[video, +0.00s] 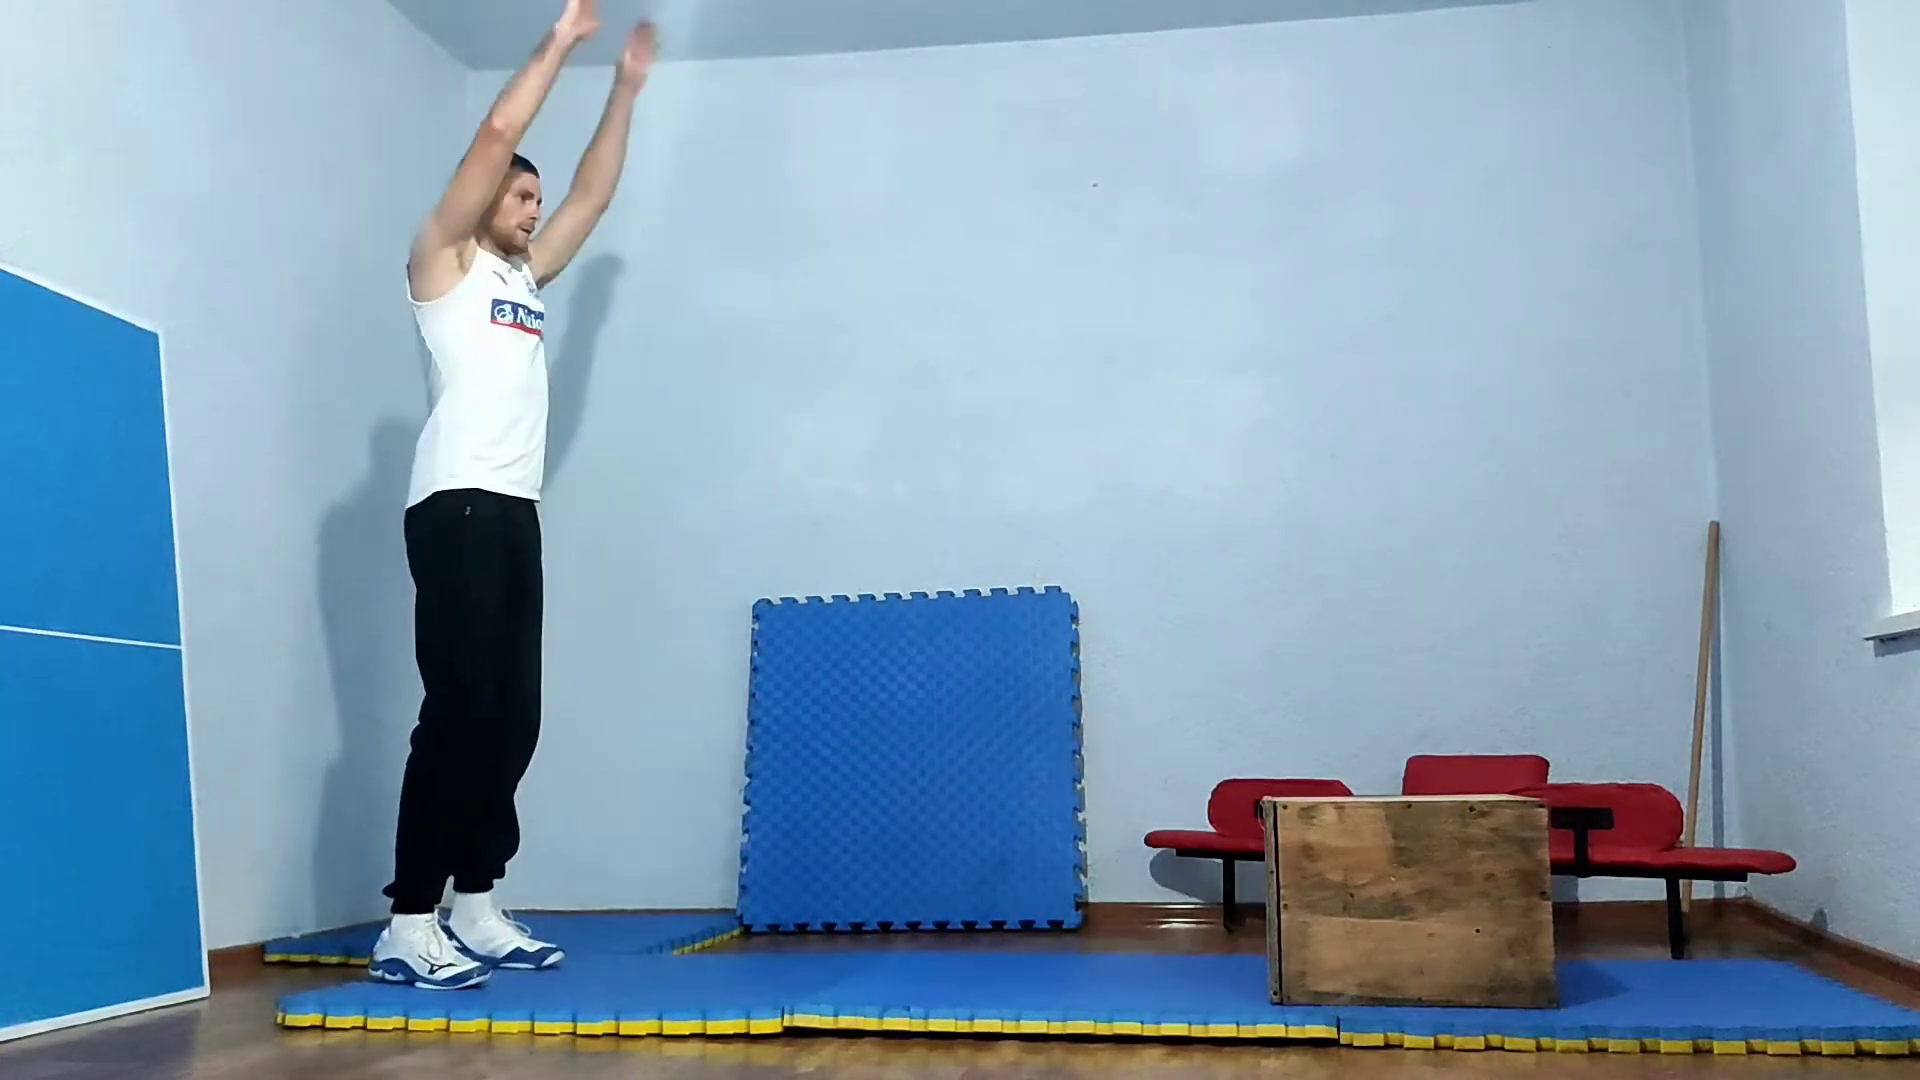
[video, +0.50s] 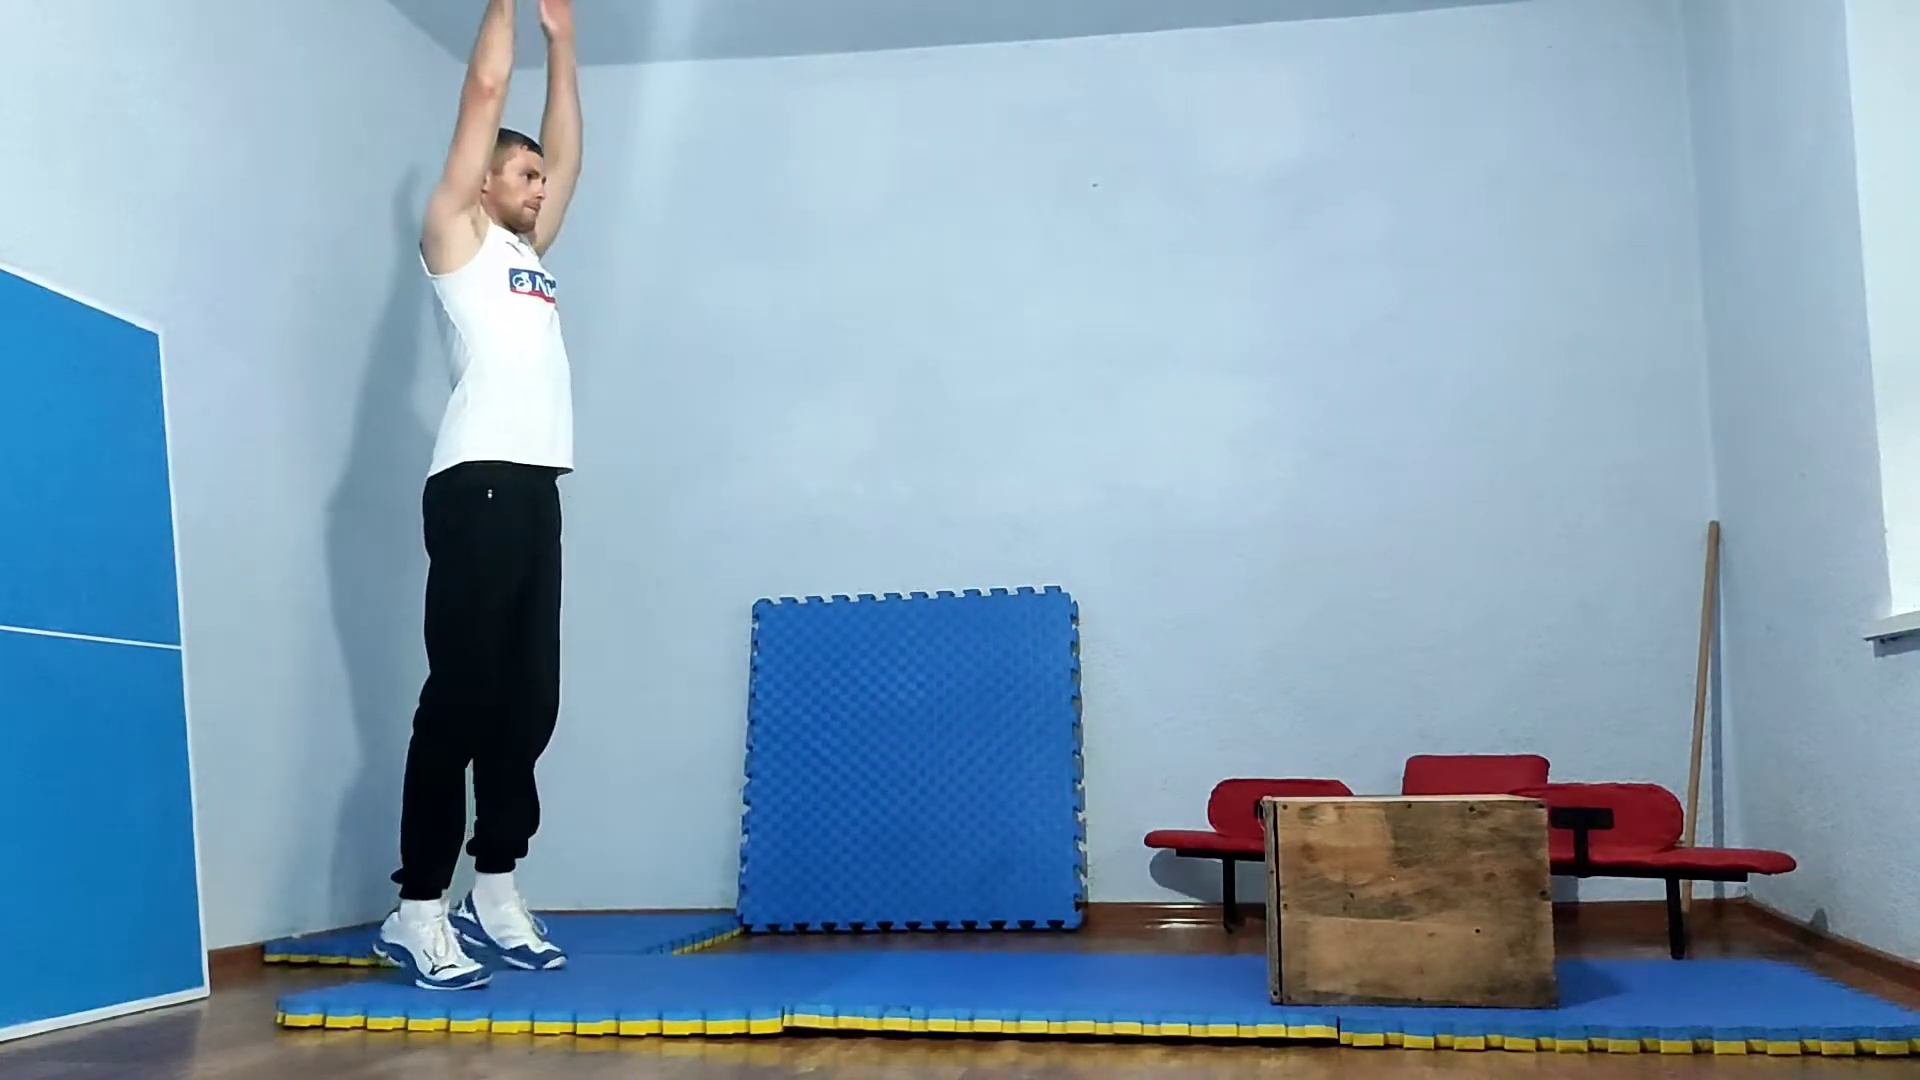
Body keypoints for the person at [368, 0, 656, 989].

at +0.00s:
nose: (534, 202)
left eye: (540, 194)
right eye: (520, 186)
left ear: (539, 209)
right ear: (483, 187)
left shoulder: (522, 276)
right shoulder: (444, 256)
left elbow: (590, 194)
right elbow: (497, 134)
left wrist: (628, 89)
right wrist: (561, 40)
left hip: (516, 519)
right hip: (456, 514)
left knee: (514, 719)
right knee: (460, 716)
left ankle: (472, 908)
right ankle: (407, 925)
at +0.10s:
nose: (532, 201)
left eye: (538, 192)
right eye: (517, 187)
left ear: (534, 206)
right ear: (481, 191)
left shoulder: (522, 273)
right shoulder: (448, 253)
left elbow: (576, 181)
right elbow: (484, 117)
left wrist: (594, 66)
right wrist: (532, 23)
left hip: (522, 515)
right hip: (462, 513)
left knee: (516, 719)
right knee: (462, 717)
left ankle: (474, 906)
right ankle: (408, 924)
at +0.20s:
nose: (532, 207)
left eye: (538, 197)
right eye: (517, 192)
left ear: (534, 208)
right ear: (479, 192)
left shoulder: (521, 272)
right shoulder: (449, 250)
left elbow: (567, 177)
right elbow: (478, 111)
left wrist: (572, 62)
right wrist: (513, 14)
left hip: (527, 512)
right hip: (469, 509)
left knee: (517, 719)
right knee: (461, 715)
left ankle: (473, 910)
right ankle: (405, 928)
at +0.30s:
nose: (532, 206)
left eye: (538, 196)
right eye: (517, 191)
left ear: (535, 206)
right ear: (480, 193)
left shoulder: (523, 272)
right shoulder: (452, 250)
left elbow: (563, 177)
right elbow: (477, 109)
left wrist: (562, 59)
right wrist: (499, 15)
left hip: (531, 513)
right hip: (473, 511)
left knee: (517, 721)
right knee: (463, 719)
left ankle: (473, 908)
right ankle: (406, 928)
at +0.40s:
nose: (534, 199)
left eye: (539, 189)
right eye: (519, 184)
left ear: (536, 201)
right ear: (482, 186)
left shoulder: (525, 264)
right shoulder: (454, 241)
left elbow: (563, 169)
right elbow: (479, 99)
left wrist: (561, 50)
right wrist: (502, 6)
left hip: (537, 505)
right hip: (477, 500)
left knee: (523, 711)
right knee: (464, 709)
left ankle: (482, 902)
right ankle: (411, 920)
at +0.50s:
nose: (536, 185)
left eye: (542, 176)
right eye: (520, 172)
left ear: (540, 191)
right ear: (484, 180)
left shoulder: (528, 253)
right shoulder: (458, 230)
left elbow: (564, 159)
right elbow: (482, 93)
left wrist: (562, 39)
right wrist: (505, 1)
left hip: (538, 494)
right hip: (476, 490)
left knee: (528, 702)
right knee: (458, 699)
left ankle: (492, 891)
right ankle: (418, 911)